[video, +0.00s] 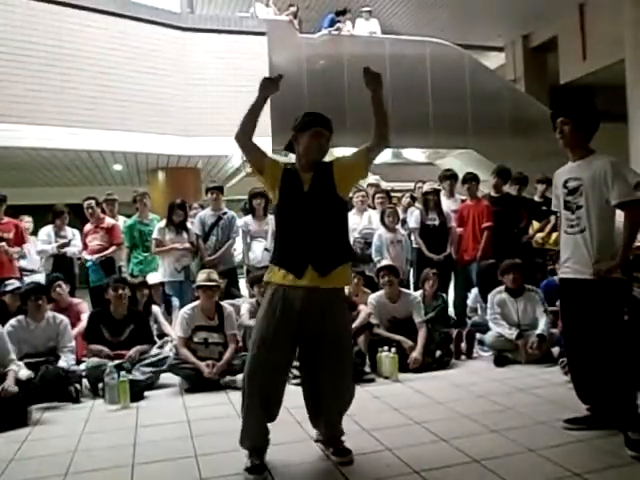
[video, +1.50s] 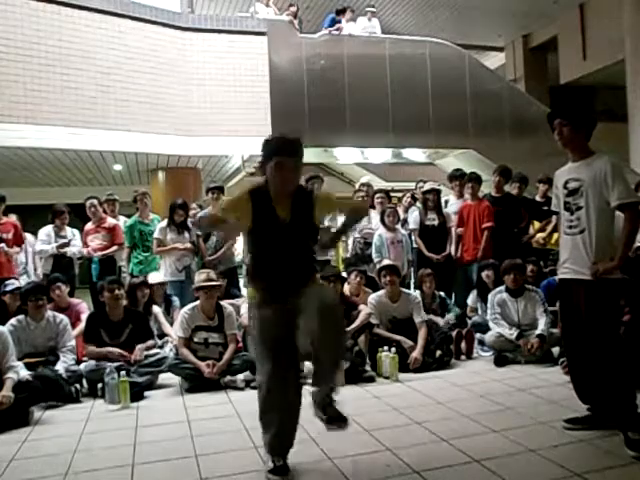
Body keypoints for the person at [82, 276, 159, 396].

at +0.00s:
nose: (120, 293)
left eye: (123, 289)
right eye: (115, 289)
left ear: (129, 292)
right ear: (107, 294)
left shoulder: (138, 316)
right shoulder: (96, 316)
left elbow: (150, 345)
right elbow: (90, 347)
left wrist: (138, 350)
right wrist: (101, 350)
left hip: (135, 362)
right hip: (106, 363)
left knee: (165, 355)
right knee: (92, 365)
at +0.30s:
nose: (122, 295)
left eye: (125, 291)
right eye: (117, 291)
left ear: (130, 293)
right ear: (109, 295)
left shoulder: (139, 317)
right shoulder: (97, 316)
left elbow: (151, 346)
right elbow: (90, 345)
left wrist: (139, 346)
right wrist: (102, 348)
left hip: (134, 359)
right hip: (107, 359)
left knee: (166, 354)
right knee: (94, 361)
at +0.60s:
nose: (121, 294)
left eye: (125, 290)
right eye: (117, 290)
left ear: (130, 293)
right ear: (109, 294)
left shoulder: (139, 316)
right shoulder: (97, 315)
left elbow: (151, 347)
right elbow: (90, 345)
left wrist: (137, 343)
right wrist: (102, 347)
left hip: (135, 359)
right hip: (107, 359)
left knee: (166, 353)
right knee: (92, 361)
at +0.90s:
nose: (120, 293)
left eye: (123, 289)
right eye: (115, 289)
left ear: (128, 292)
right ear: (106, 293)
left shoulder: (138, 316)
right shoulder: (95, 316)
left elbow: (151, 346)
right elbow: (90, 347)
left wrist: (139, 345)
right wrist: (102, 350)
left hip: (133, 359)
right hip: (106, 360)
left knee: (165, 355)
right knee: (90, 364)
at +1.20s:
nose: (117, 292)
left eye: (120, 288)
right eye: (112, 289)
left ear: (125, 292)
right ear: (103, 295)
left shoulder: (136, 315)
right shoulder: (95, 316)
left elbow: (150, 344)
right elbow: (89, 349)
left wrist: (139, 347)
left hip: (134, 360)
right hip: (107, 363)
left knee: (164, 355)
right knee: (90, 366)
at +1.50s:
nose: (117, 293)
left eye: (119, 289)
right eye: (111, 291)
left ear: (124, 292)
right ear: (102, 297)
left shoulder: (136, 315)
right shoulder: (94, 318)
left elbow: (152, 341)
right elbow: (88, 350)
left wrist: (141, 347)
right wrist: (108, 352)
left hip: (135, 360)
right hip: (107, 364)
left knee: (163, 356)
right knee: (87, 368)